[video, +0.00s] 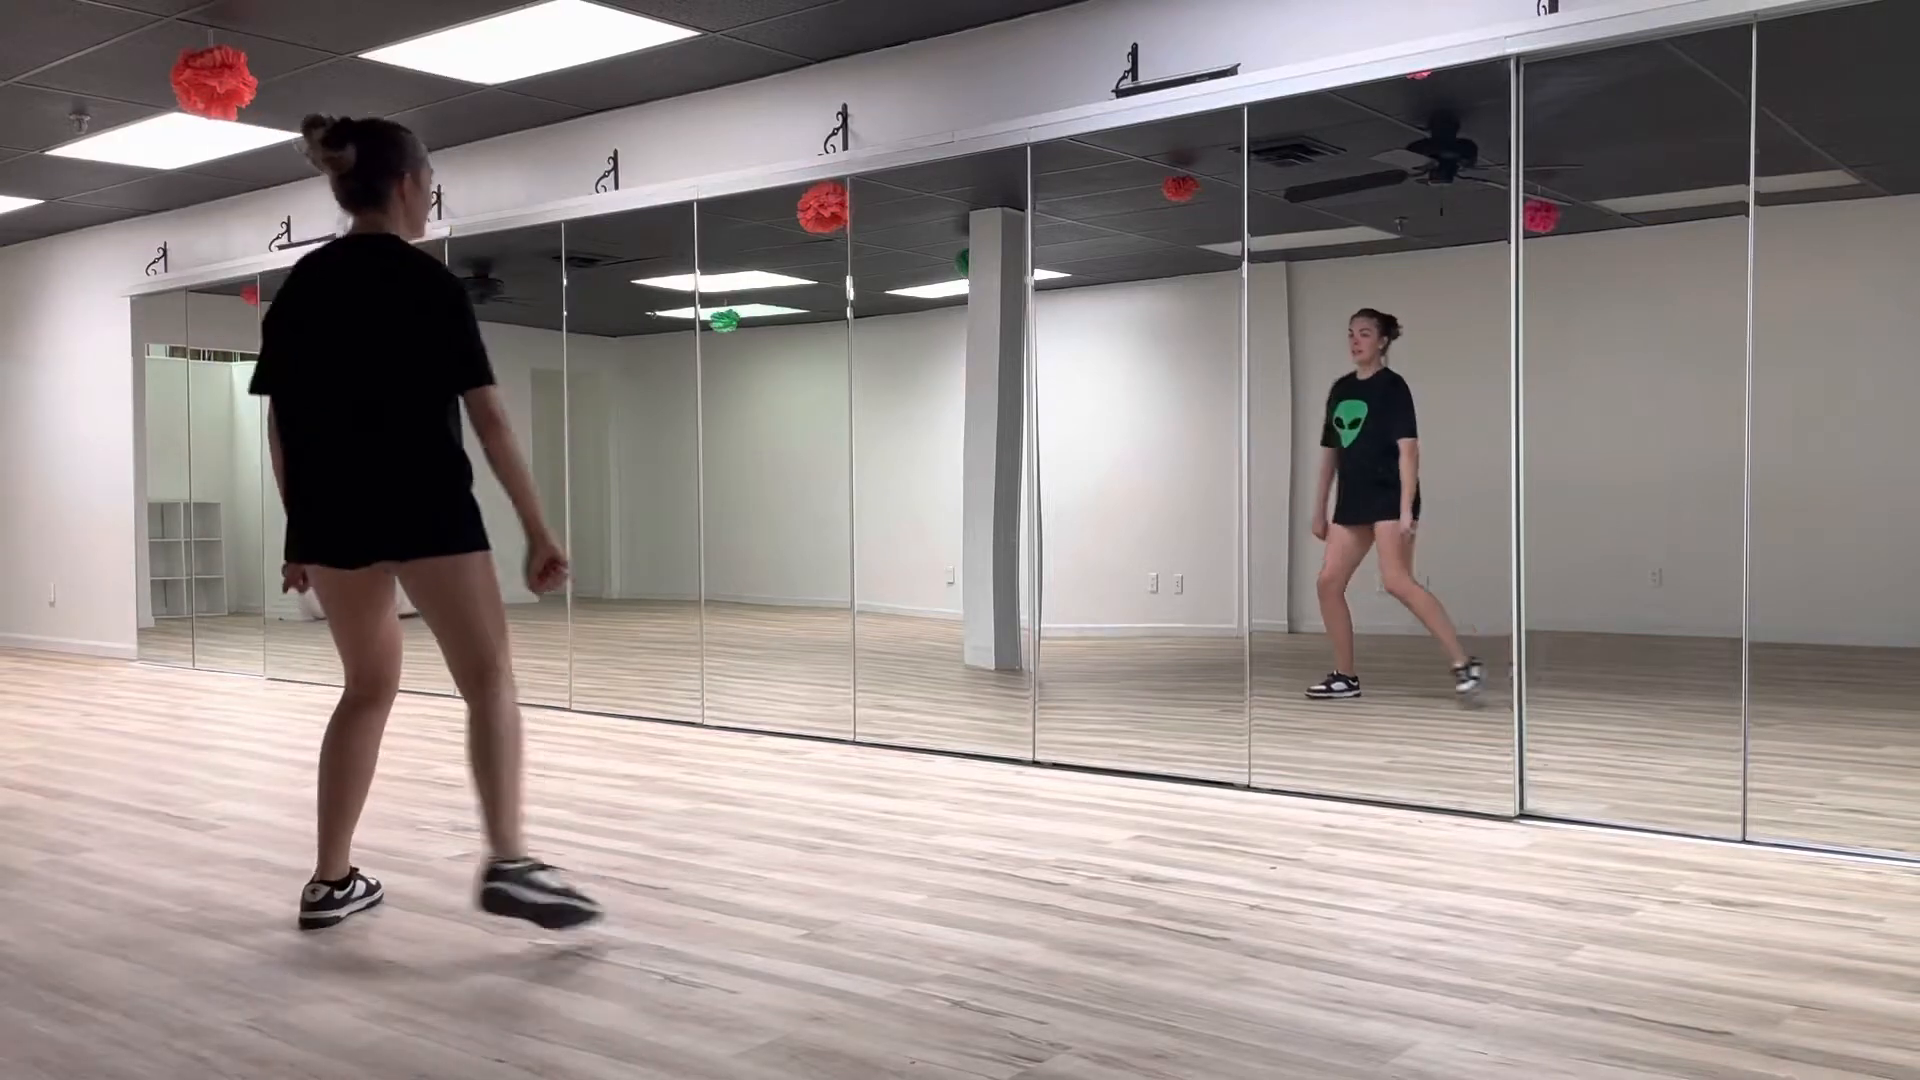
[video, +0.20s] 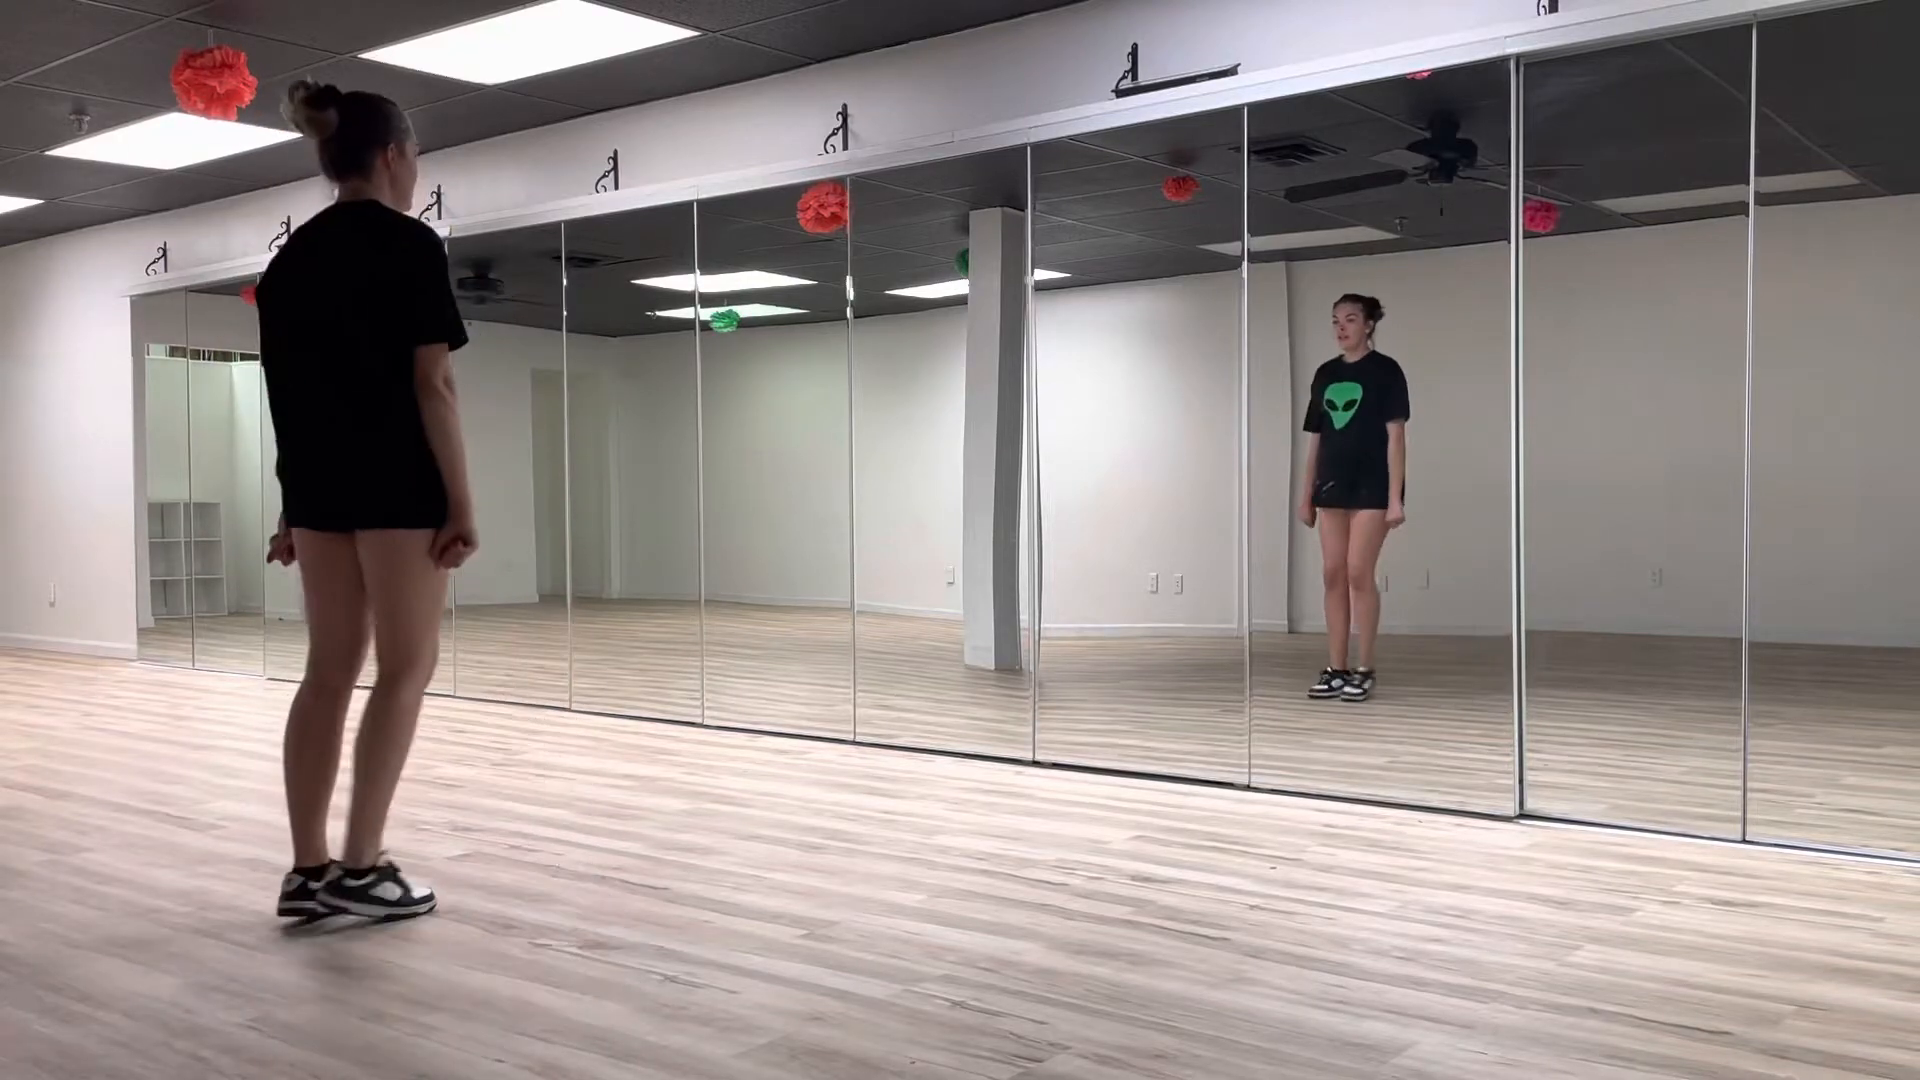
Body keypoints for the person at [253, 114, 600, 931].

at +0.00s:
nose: (432, 203)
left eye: (431, 189)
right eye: (428, 188)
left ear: (347, 192)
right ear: (404, 187)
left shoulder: (297, 286)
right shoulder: (429, 281)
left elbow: (279, 427)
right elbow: (488, 416)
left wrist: (298, 534)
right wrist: (537, 527)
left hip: (327, 515)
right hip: (427, 505)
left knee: (366, 685)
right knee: (487, 679)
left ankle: (330, 878)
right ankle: (509, 858)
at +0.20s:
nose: (417, 172)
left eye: (414, 158)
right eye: (415, 157)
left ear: (335, 164)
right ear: (393, 156)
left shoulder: (285, 262)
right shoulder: (413, 245)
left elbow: (287, 397)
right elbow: (435, 383)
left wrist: (292, 506)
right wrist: (462, 504)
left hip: (314, 482)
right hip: (401, 480)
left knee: (328, 665)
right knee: (406, 667)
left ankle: (308, 868)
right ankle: (362, 863)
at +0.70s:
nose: (418, 195)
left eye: (414, 180)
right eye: (409, 180)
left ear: (352, 187)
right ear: (377, 184)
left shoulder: (330, 264)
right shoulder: (334, 267)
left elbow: (348, 390)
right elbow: (376, 383)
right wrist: (485, 448)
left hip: (330, 500)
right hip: (329, 504)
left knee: (394, 665)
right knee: (363, 677)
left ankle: (282, 833)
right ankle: (340, 880)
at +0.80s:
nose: (407, 192)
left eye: (404, 177)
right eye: (398, 176)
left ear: (347, 185)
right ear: (363, 181)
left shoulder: (350, 268)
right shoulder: (311, 255)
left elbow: (391, 360)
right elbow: (330, 343)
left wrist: (483, 349)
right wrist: (474, 344)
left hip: (341, 497)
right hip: (318, 499)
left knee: (362, 665)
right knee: (366, 670)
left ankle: (252, 807)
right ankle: (339, 879)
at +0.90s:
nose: (395, 195)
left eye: (392, 181)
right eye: (385, 180)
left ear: (339, 189)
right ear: (347, 186)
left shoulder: (346, 271)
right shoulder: (292, 250)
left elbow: (364, 342)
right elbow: (274, 301)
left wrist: (448, 308)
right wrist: (406, 271)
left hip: (343, 492)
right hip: (308, 493)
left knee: (329, 664)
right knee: (377, 669)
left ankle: (230, 790)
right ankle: (339, 879)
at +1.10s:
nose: (373, 253)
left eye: (371, 240)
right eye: (363, 239)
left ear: (327, 247)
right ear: (321, 244)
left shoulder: (346, 326)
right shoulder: (260, 312)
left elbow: (345, 409)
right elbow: (183, 286)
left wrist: (377, 369)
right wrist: (281, 293)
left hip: (339, 533)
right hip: (281, 533)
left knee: (290, 695)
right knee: (396, 673)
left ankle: (197, 822)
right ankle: (348, 873)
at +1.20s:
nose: (365, 273)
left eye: (365, 259)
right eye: (356, 258)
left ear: (318, 263)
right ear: (312, 260)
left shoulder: (331, 337)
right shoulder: (251, 323)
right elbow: (165, 314)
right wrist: (273, 361)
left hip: (334, 550)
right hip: (278, 551)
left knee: (282, 709)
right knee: (400, 676)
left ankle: (191, 831)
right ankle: (346, 875)